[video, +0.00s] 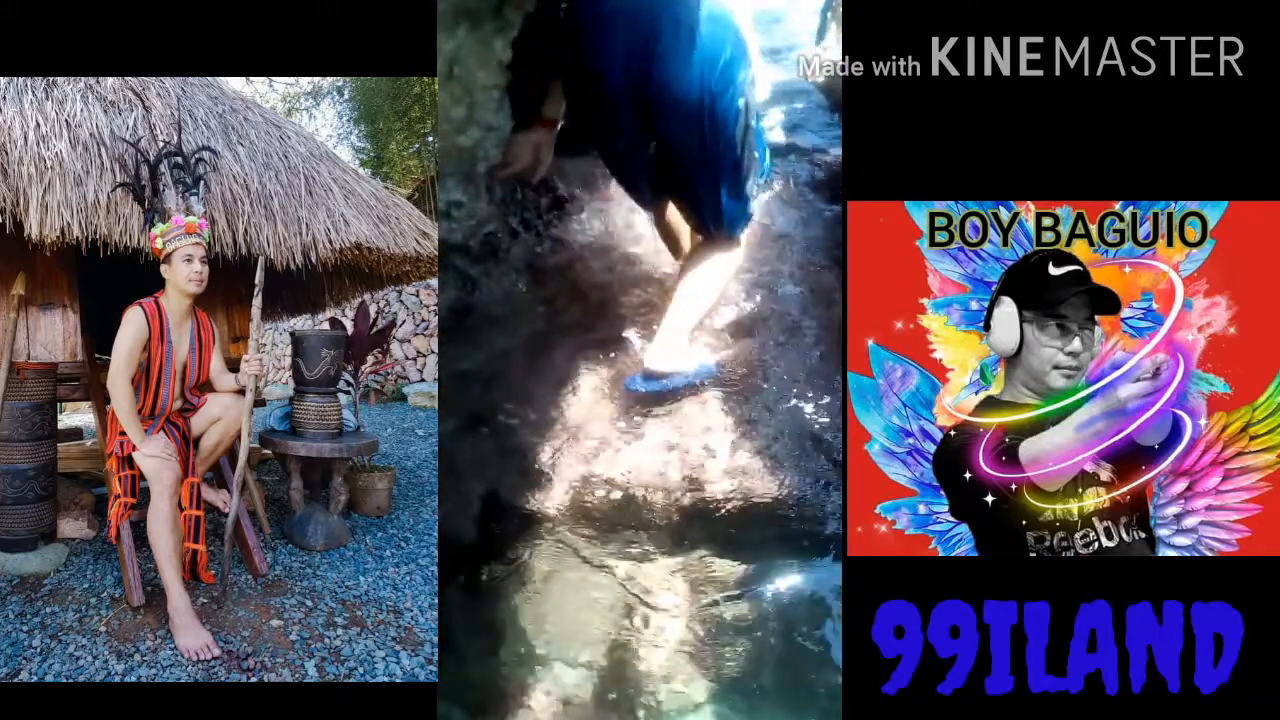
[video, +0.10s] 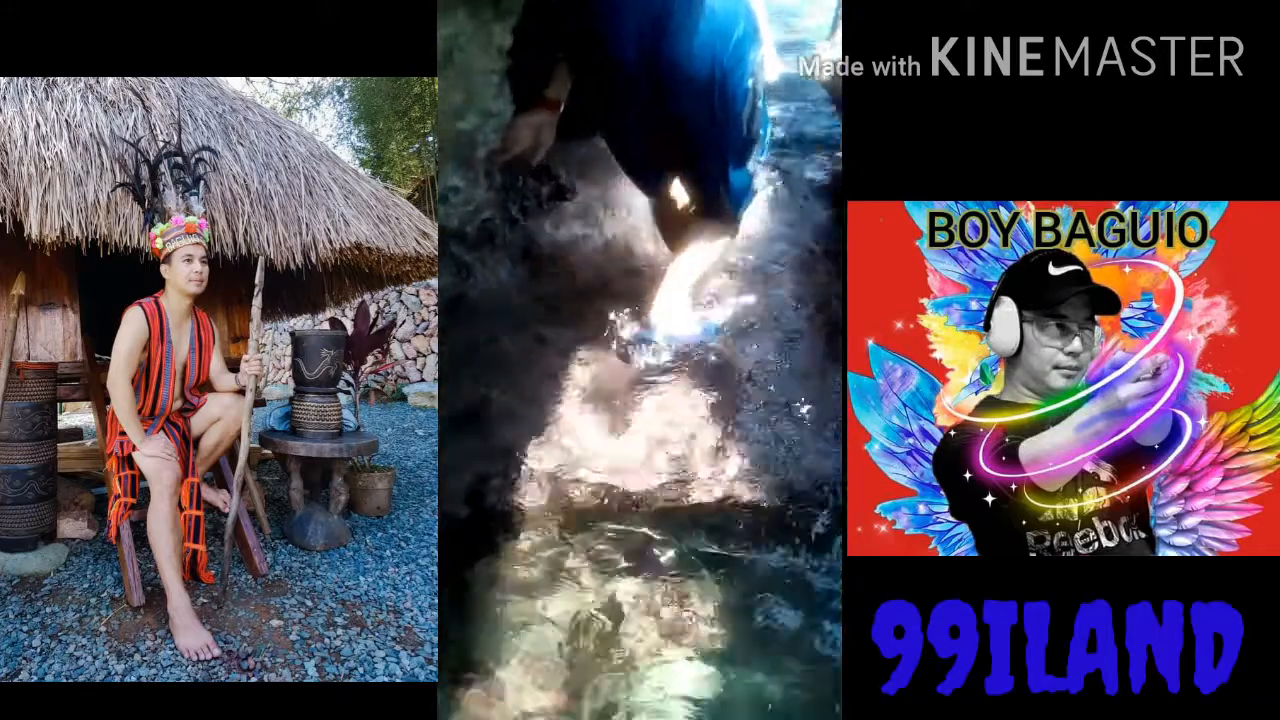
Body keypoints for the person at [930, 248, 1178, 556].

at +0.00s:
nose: (1076, 346)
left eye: (1086, 328)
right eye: (1055, 327)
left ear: (1097, 334)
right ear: (1007, 328)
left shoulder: (1113, 408)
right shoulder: (962, 446)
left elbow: (1155, 435)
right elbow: (1022, 472)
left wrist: (1149, 396)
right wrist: (1106, 412)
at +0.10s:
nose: (1076, 346)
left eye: (1086, 328)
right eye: (1055, 327)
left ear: (1097, 334)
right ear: (1007, 328)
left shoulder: (1113, 408)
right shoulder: (962, 446)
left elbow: (1155, 435)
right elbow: (1022, 472)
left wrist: (1149, 396)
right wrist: (1106, 412)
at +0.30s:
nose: (1076, 346)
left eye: (1086, 328)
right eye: (1055, 326)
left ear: (1097, 335)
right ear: (1007, 328)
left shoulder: (1113, 408)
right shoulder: (962, 446)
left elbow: (1156, 435)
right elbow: (1021, 471)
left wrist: (1147, 395)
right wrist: (1105, 413)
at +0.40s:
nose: (1076, 346)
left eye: (1086, 328)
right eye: (1055, 326)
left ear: (1097, 335)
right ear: (1007, 328)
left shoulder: (1113, 408)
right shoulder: (962, 446)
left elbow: (1156, 435)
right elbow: (1022, 471)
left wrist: (1147, 395)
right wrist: (1105, 413)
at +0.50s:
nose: (1076, 346)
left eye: (1086, 328)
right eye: (1055, 326)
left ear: (1097, 335)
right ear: (1007, 328)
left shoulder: (1113, 408)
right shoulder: (962, 446)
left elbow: (1156, 436)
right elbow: (1022, 471)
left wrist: (1147, 395)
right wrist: (1105, 413)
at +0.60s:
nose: (1076, 346)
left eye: (1086, 328)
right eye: (1055, 327)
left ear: (1096, 334)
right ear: (1007, 327)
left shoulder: (1114, 408)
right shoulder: (962, 446)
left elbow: (1155, 435)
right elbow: (1022, 471)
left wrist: (1149, 397)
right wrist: (1106, 411)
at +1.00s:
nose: (1076, 346)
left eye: (1086, 328)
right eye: (1055, 327)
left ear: (1097, 334)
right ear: (1007, 327)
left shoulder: (1113, 409)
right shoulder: (963, 446)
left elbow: (1155, 435)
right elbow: (1023, 472)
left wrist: (1148, 396)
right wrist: (1106, 412)